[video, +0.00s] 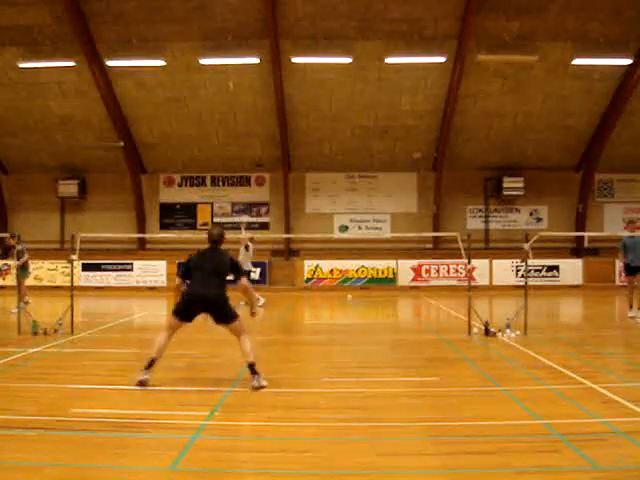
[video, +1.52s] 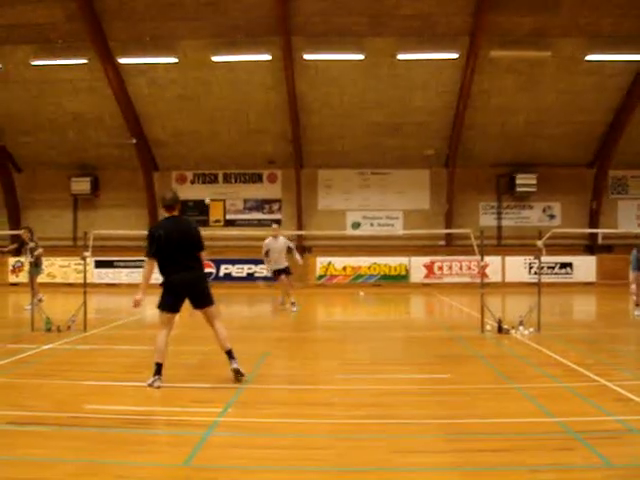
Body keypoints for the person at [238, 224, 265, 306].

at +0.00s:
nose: (243, 240)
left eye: (245, 238)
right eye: (243, 238)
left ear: (248, 240)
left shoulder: (248, 246)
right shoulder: (243, 246)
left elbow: (244, 238)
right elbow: (243, 237)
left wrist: (243, 229)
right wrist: (243, 229)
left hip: (247, 268)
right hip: (242, 268)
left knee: (246, 285)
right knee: (243, 286)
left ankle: (258, 298)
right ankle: (248, 299)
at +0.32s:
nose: (254, 230)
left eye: (256, 229)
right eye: (253, 228)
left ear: (257, 230)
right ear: (250, 229)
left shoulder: (255, 238)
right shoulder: (245, 237)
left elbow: (258, 244)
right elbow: (240, 232)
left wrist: (257, 236)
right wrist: (250, 231)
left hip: (251, 261)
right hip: (242, 260)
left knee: (251, 280)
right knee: (243, 281)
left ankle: (259, 296)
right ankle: (245, 296)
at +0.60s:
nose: (260, 242)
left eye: (261, 240)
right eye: (258, 240)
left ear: (263, 242)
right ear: (256, 240)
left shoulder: (264, 250)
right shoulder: (251, 247)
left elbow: (265, 260)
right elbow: (247, 256)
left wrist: (265, 255)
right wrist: (254, 262)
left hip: (258, 267)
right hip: (249, 267)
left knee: (260, 282)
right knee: (247, 283)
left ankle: (263, 298)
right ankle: (245, 298)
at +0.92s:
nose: (272, 234)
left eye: (274, 232)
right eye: (271, 232)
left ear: (276, 233)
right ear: (268, 232)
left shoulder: (280, 241)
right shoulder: (264, 240)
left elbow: (285, 248)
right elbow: (256, 249)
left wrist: (285, 257)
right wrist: (257, 259)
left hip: (274, 262)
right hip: (264, 263)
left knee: (273, 281)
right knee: (262, 281)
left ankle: (271, 296)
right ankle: (260, 296)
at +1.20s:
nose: (286, 241)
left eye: (287, 239)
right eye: (284, 240)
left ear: (289, 240)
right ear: (282, 240)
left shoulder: (293, 247)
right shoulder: (279, 248)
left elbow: (302, 256)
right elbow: (273, 260)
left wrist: (304, 267)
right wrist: (273, 273)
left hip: (291, 269)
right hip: (281, 269)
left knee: (299, 283)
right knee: (278, 281)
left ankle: (300, 301)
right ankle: (275, 298)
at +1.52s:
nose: (275, 232)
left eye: (276, 229)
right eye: (273, 230)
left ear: (279, 230)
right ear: (271, 231)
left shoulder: (283, 240)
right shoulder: (267, 242)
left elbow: (293, 248)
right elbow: (265, 255)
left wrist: (298, 258)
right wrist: (267, 265)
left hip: (284, 264)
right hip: (274, 266)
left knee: (287, 283)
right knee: (284, 281)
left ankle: (283, 299)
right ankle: (292, 301)